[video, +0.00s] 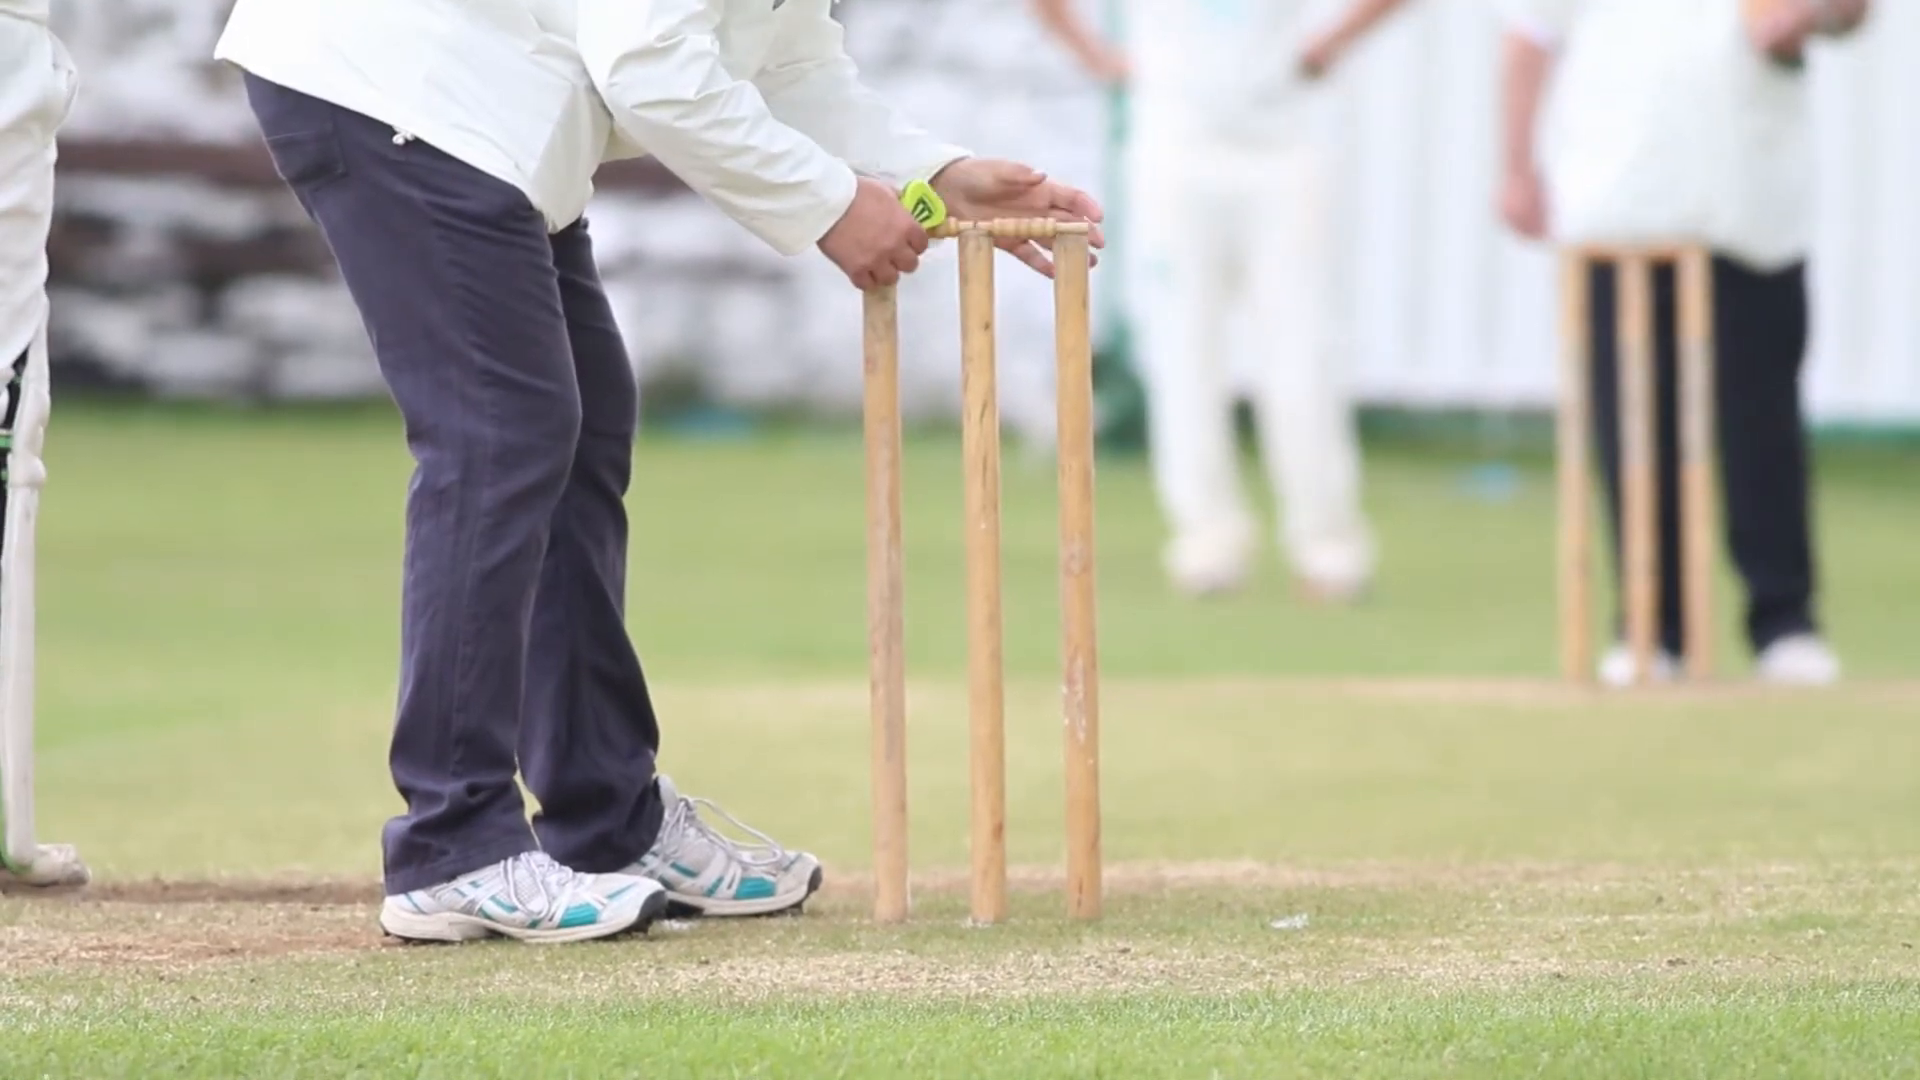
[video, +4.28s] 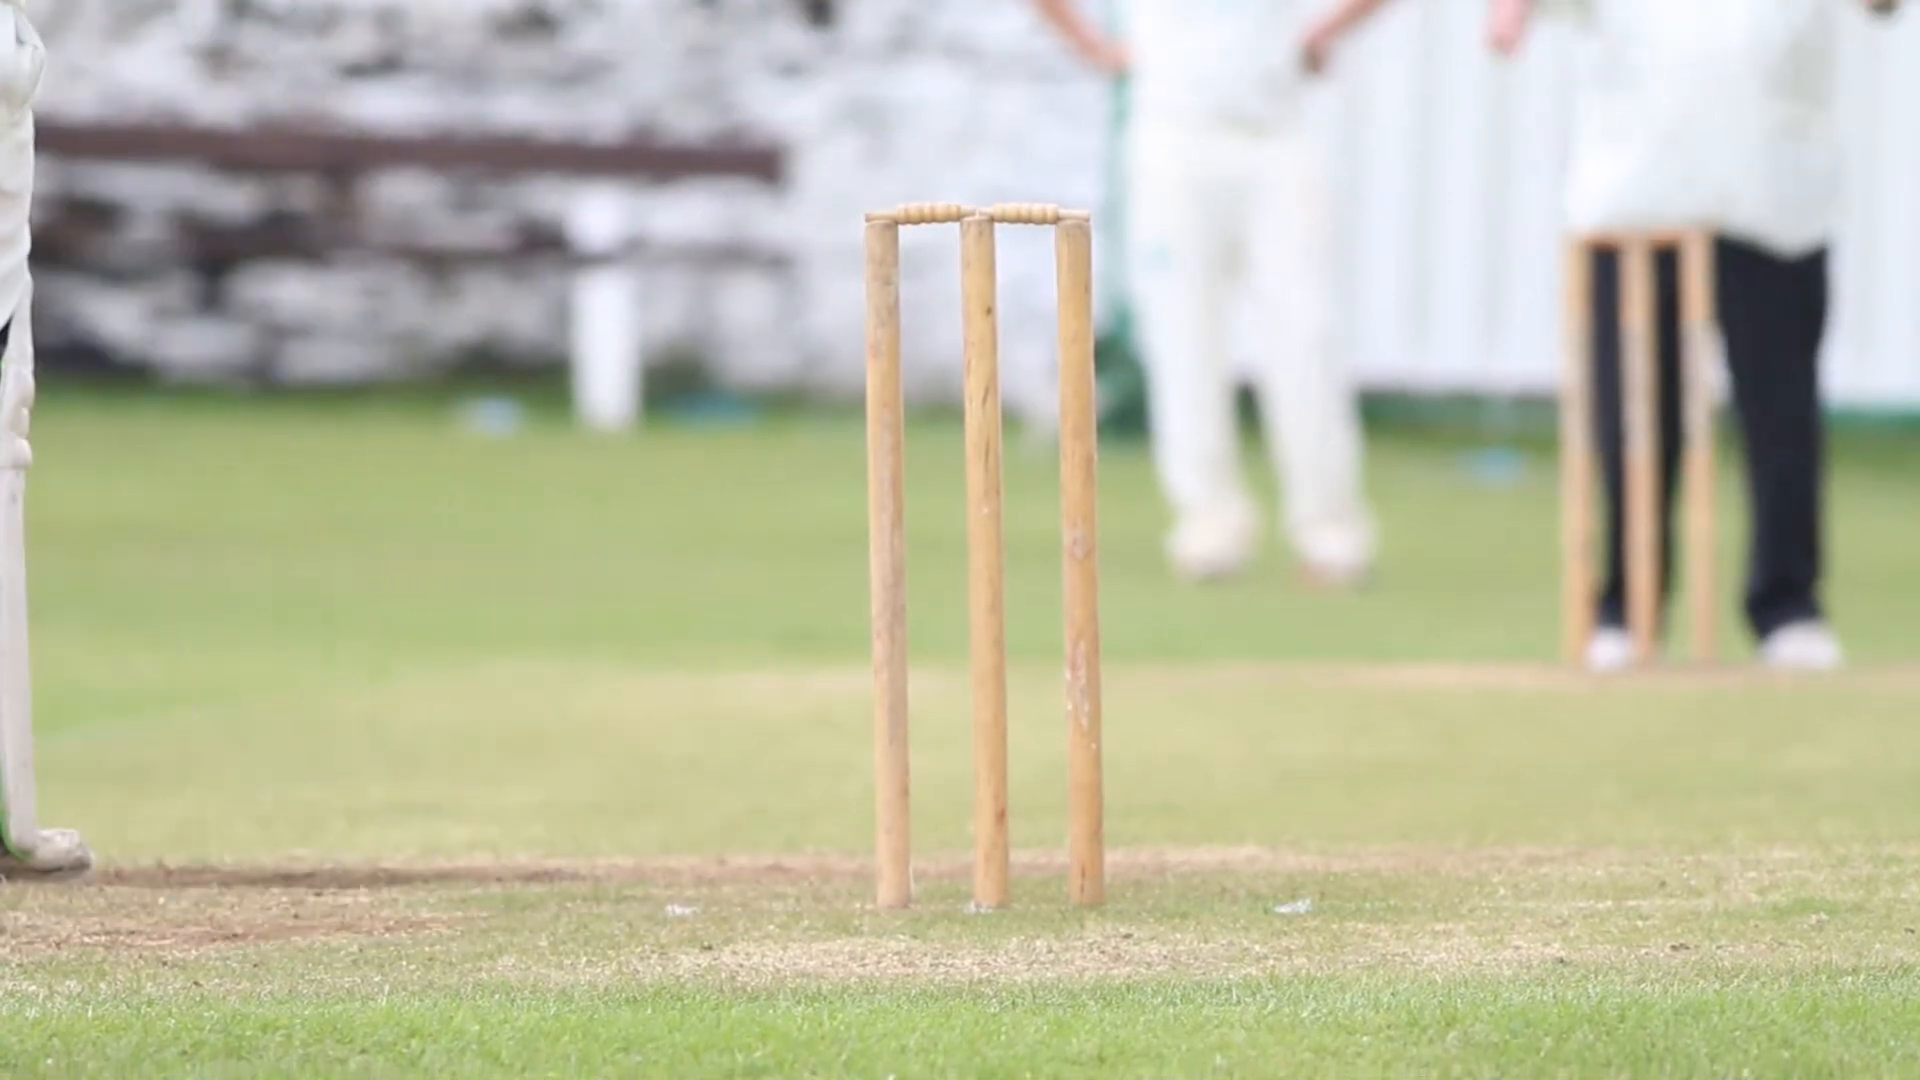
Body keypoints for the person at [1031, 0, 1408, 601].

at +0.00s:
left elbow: (1394, 3)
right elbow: (1042, 5)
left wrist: (1328, 46)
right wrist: (1098, 54)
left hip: (1289, 114)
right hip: (1170, 113)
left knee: (1300, 336)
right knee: (1178, 338)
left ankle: (1327, 543)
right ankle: (1208, 540)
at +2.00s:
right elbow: (1035, 3)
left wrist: (1321, 35)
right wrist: (1097, 52)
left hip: (1280, 128)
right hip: (1170, 126)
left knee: (1301, 338)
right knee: (1179, 343)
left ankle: (1327, 536)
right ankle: (1209, 532)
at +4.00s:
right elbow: (1041, 4)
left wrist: (1323, 35)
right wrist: (1096, 46)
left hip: (1285, 119)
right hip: (1172, 116)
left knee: (1303, 328)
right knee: (1179, 330)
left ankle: (1329, 528)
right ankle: (1209, 523)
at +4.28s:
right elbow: (1041, 3)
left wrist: (1322, 35)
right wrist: (1098, 47)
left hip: (1284, 115)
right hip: (1171, 113)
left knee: (1304, 327)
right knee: (1180, 330)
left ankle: (1330, 528)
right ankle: (1210, 524)